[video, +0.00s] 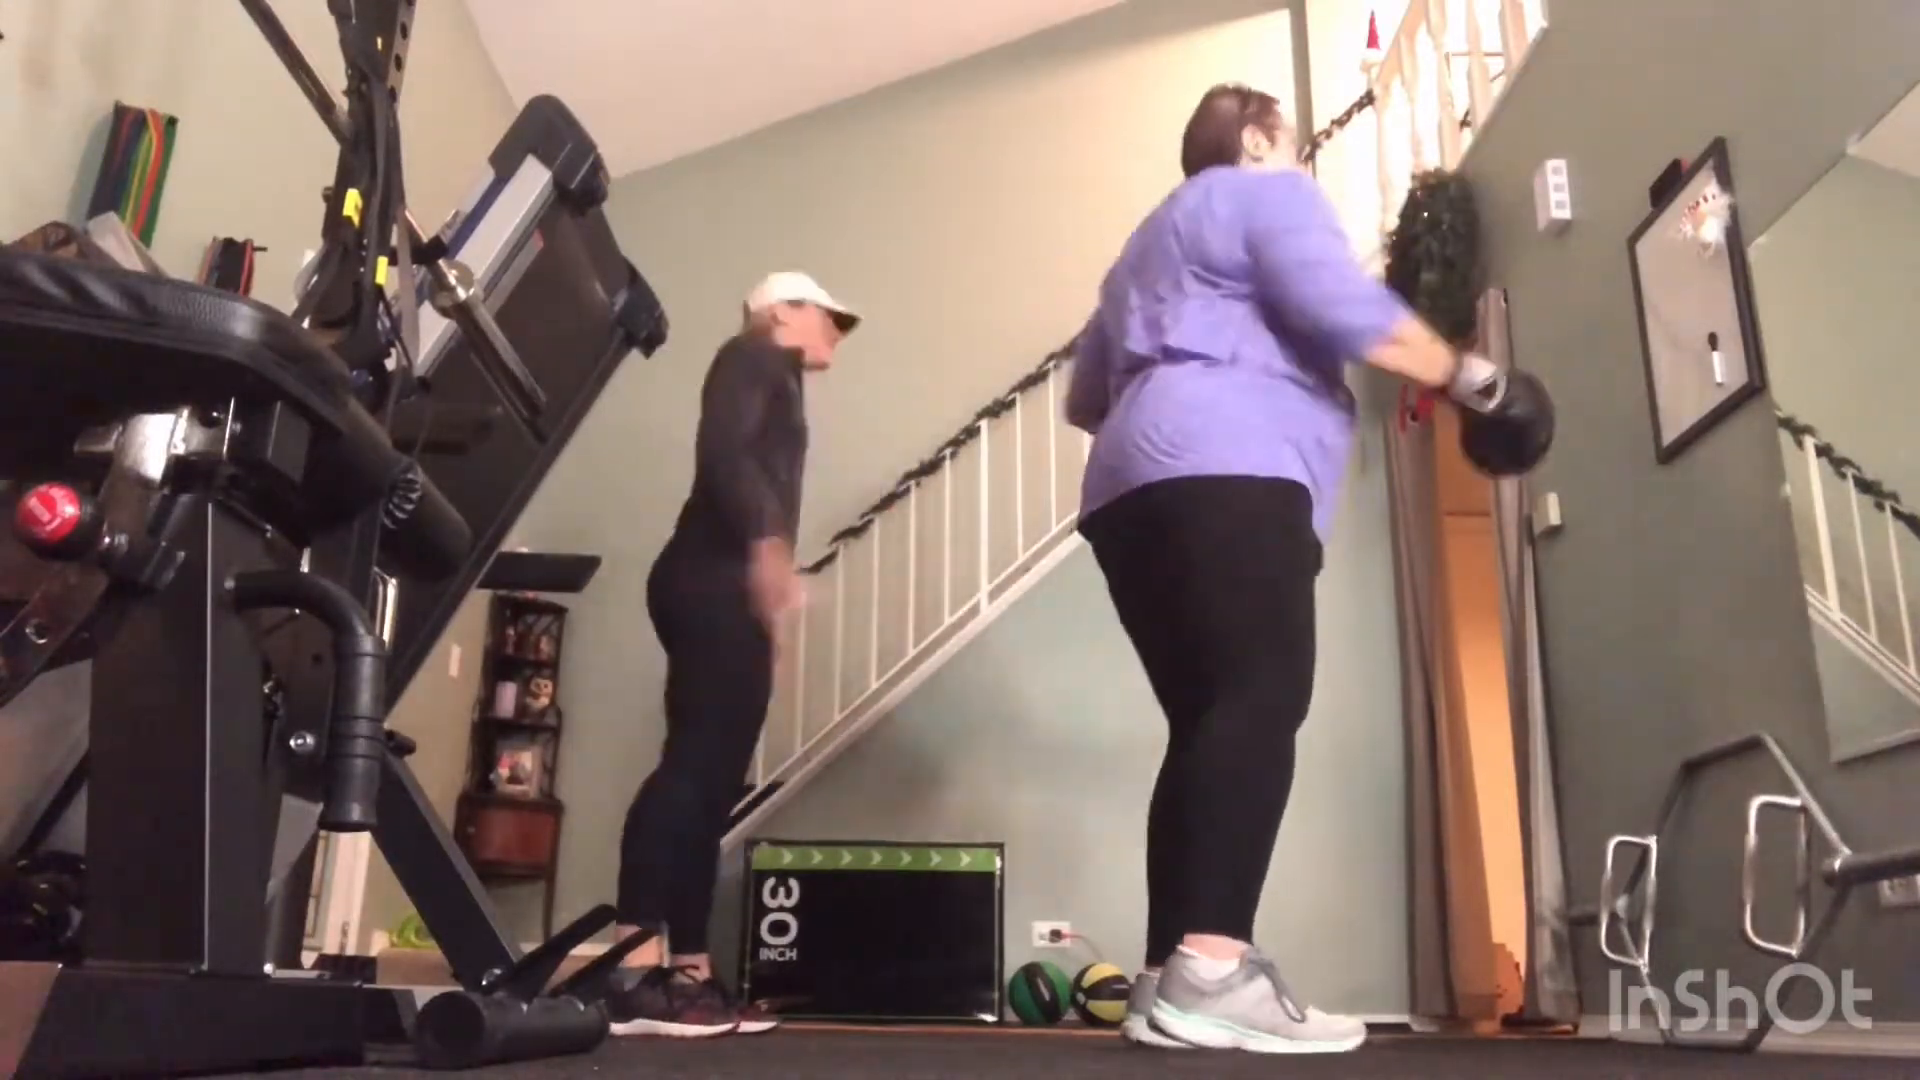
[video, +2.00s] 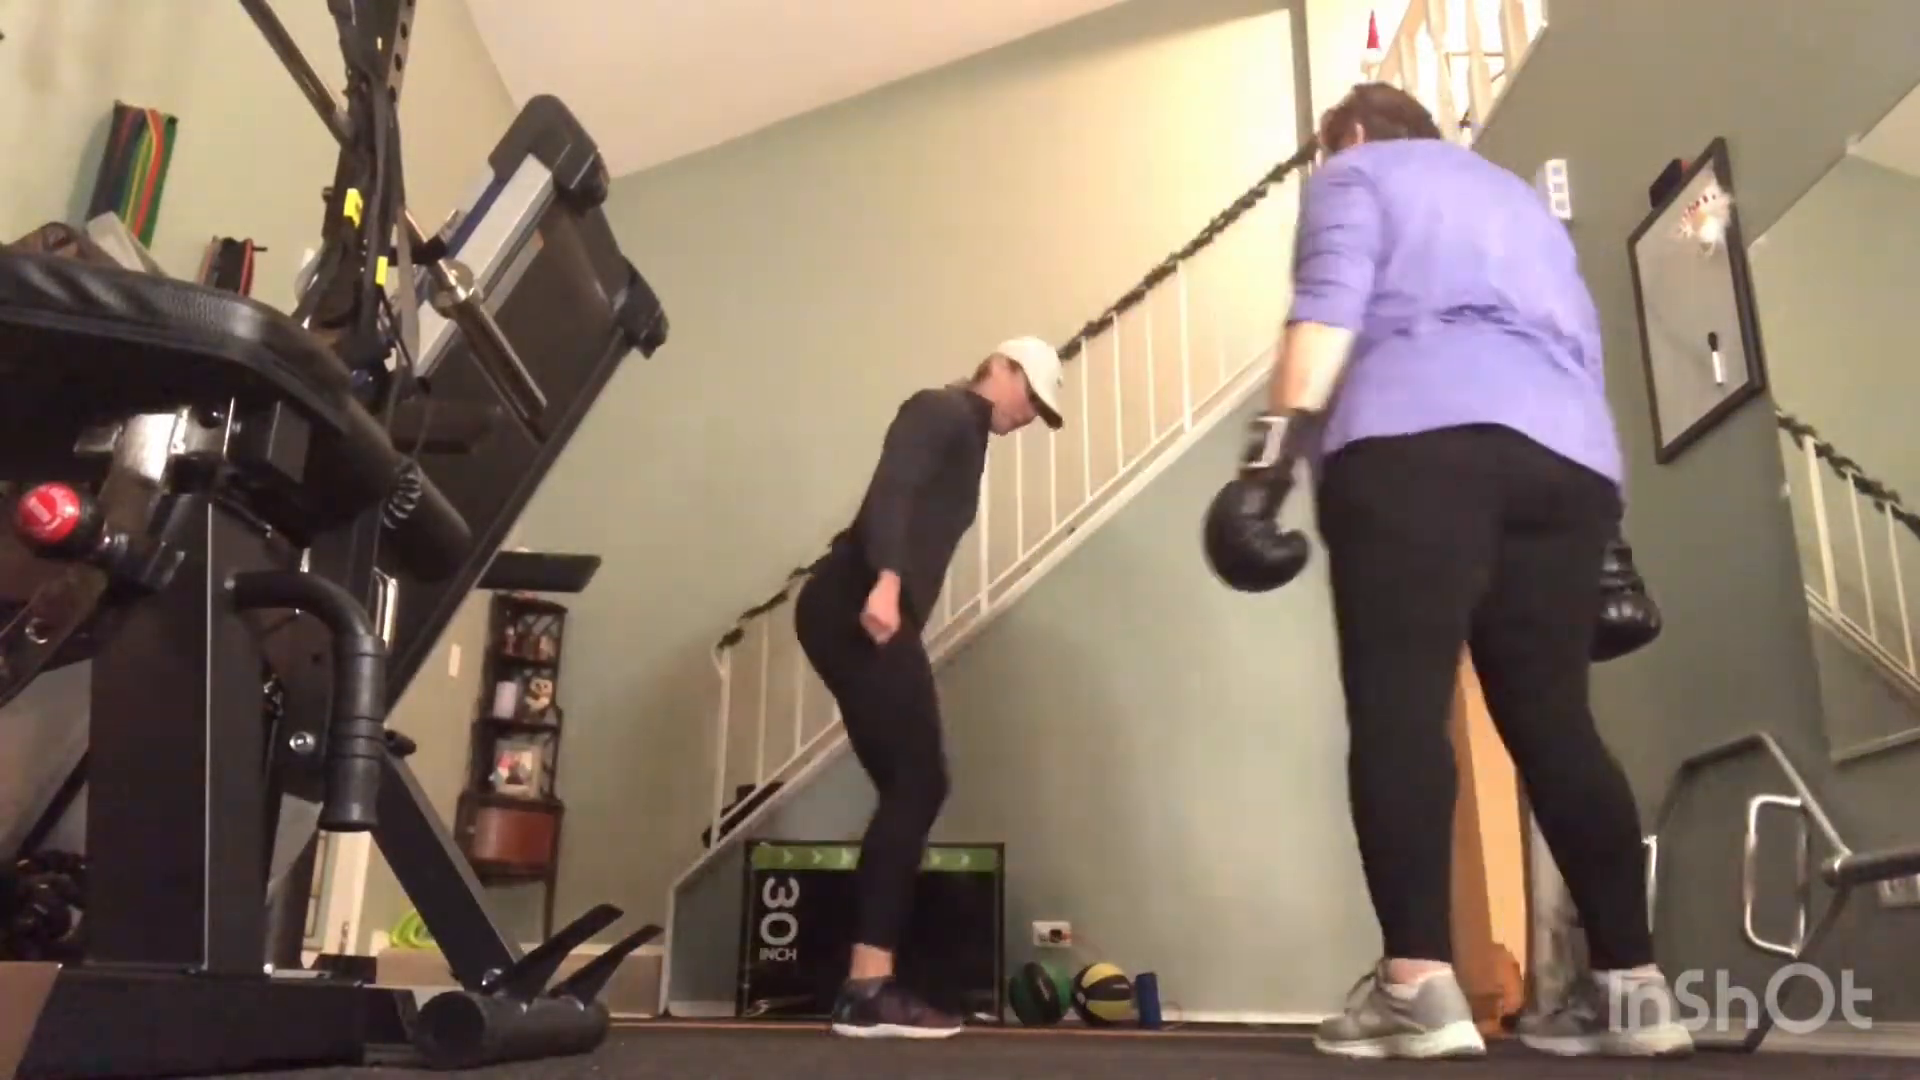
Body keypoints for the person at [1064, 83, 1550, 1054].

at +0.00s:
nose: (1296, 157)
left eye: (1290, 143)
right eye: (1288, 142)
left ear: (1198, 153)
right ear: (1256, 136)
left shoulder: (1141, 247)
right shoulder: (1270, 191)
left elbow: (1086, 395)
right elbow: (1333, 302)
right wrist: (1465, 373)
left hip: (1126, 483)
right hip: (1230, 462)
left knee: (1202, 726)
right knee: (1260, 701)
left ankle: (1176, 979)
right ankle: (1210, 972)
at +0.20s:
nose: (1327, 42)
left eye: (1321, 29)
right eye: (1318, 27)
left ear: (1222, 50)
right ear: (1290, 31)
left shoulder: (1188, 135)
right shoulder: (1280, 94)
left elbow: (1174, 303)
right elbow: (1299, 258)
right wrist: (1364, 403)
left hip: (1159, 432)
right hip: (1227, 423)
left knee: (1250, 696)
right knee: (1257, 695)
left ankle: (1235, 963)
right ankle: (1209, 976)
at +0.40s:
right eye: (1341, 88)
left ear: (1248, 119)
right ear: (1349, 105)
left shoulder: (1181, 204)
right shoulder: (1404, 164)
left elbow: (1133, 369)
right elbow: (1463, 315)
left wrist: (1118, 505)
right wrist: (1516, 466)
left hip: (1208, 466)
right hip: (1384, 450)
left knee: (1254, 722)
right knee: (1442, 707)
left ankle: (1278, 989)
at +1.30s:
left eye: (1178, 93)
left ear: (1177, 101)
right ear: (1277, 86)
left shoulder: (1121, 168)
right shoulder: (1357, 142)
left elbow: (1081, 328)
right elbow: (1424, 292)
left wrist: (1055, 489)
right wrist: (1465, 460)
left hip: (1174, 426)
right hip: (1356, 424)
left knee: (1216, 712)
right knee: (1378, 683)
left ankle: (1251, 979)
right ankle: (1362, 920)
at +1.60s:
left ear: (1225, 101)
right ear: (1327, 87)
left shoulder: (1161, 176)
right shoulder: (1395, 137)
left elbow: (1114, 352)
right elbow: (1462, 285)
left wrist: (1106, 504)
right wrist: (1513, 456)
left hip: (1199, 426)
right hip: (1384, 417)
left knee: (1241, 705)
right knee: (1446, 678)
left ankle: (1272, 990)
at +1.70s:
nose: (1292, 109)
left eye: (1293, 96)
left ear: (1301, 97)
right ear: (1405, 90)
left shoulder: (1256, 161)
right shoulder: (1495, 156)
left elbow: (1207, 306)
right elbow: (1558, 298)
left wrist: (1168, 467)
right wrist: (1588, 470)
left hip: (1299, 426)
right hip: (1484, 429)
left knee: (1290, 709)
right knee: (1505, 705)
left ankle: (1279, 981)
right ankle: (1537, 985)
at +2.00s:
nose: (1326, 176)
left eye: (1327, 162)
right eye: (1325, 164)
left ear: (1350, 140)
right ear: (1426, 134)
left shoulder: (1349, 173)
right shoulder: (1531, 207)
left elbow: (1325, 315)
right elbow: (1582, 365)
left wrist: (1267, 464)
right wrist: (1603, 530)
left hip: (1411, 445)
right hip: (1563, 458)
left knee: (1398, 715)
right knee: (1554, 722)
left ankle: (1417, 982)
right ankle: (1632, 981)